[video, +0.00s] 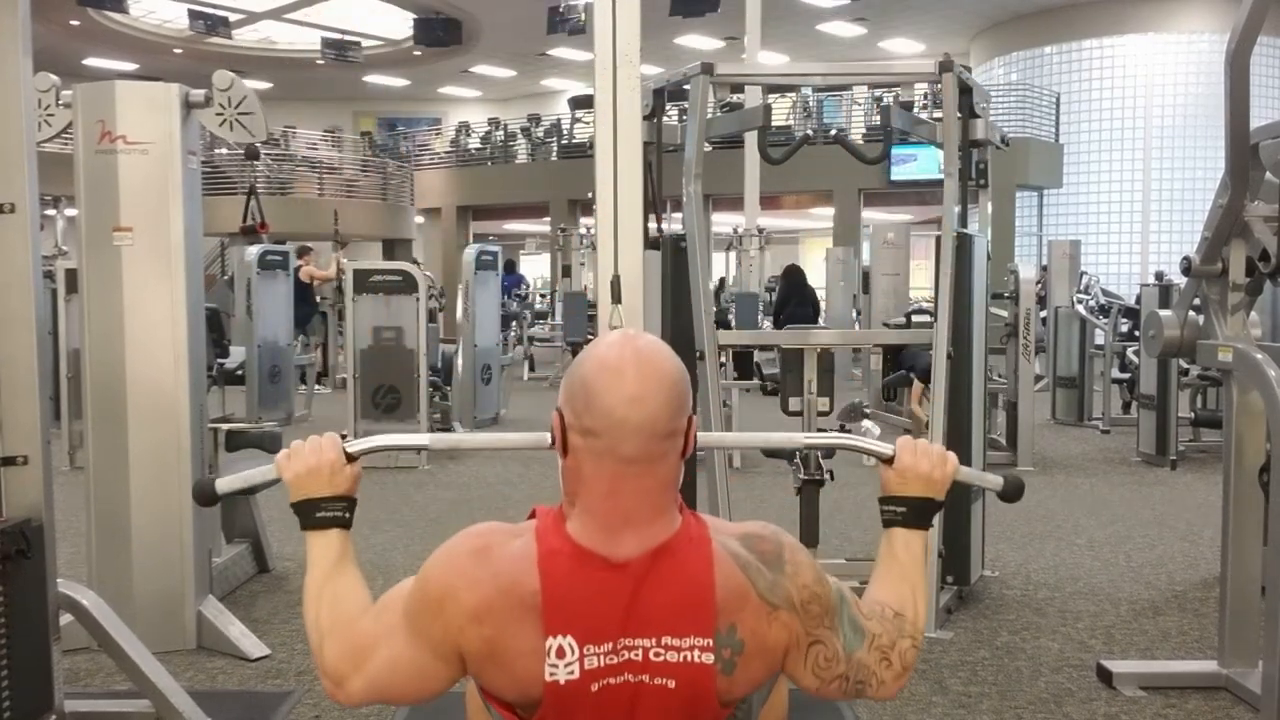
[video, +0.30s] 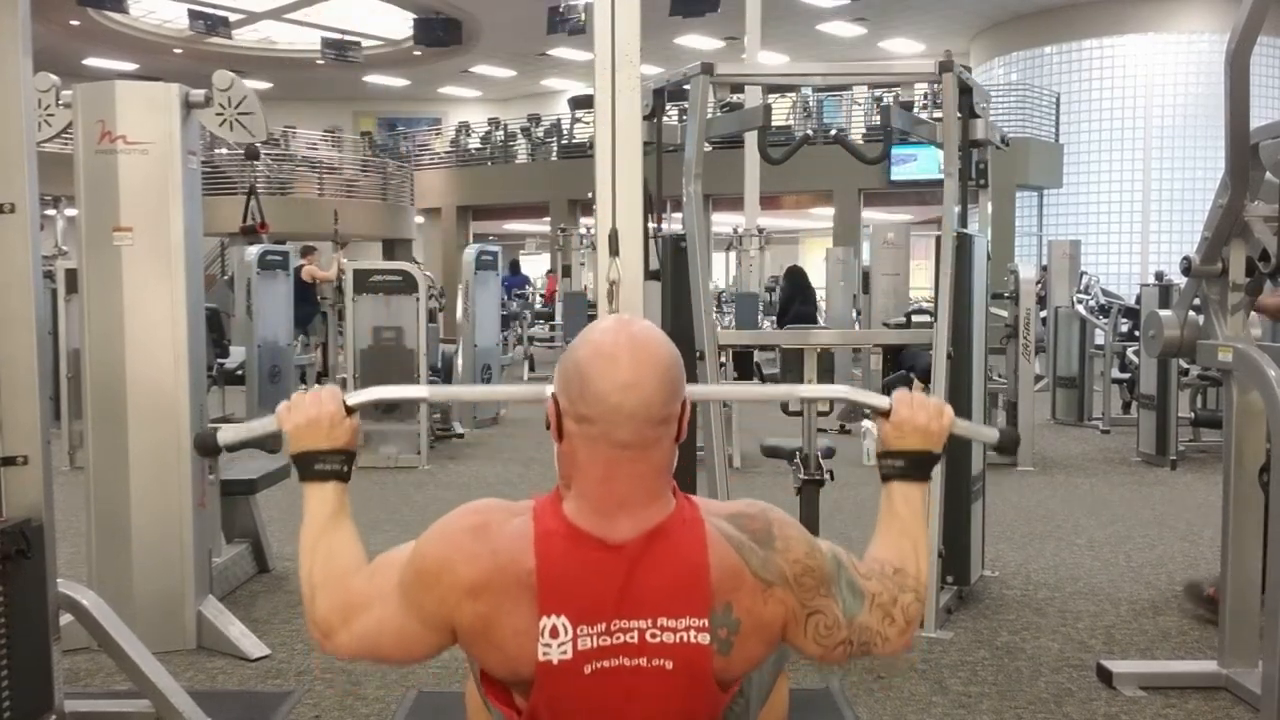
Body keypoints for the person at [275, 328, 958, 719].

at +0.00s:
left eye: (562, 407)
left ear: (561, 435)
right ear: (688, 440)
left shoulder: (480, 574)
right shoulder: (761, 571)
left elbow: (349, 671)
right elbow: (879, 668)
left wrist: (323, 516)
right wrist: (912, 511)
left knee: (484, 665)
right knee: (773, 648)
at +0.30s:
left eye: (556, 392)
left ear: (556, 417)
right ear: (683, 418)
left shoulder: (476, 551)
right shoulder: (758, 553)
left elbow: (340, 623)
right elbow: (887, 623)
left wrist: (321, 467)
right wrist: (909, 467)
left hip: (527, 709)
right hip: (698, 712)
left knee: (479, 678)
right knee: (767, 641)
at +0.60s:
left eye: (559, 362)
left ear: (557, 383)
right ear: (679, 384)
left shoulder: (479, 502)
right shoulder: (754, 501)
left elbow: (333, 532)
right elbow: (897, 527)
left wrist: (323, 378)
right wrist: (909, 375)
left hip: (534, 707)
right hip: (707, 706)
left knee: (484, 628)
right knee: (772, 638)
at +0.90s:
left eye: (560, 320)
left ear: (559, 342)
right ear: (675, 340)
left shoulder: (488, 437)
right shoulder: (746, 436)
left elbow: (336, 411)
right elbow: (893, 403)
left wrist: (328, 261)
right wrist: (904, 257)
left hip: (551, 696)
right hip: (701, 693)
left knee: (491, 630)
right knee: (767, 644)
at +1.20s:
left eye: (564, 286)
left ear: (564, 308)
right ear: (672, 306)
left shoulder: (500, 383)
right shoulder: (741, 385)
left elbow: (358, 309)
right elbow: (868, 304)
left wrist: (337, 160)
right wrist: (894, 157)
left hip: (549, 695)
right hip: (702, 693)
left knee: (488, 659)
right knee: (767, 655)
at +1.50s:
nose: (566, 279)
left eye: (568, 268)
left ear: (571, 285)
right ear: (675, 285)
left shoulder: (513, 349)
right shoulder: (735, 352)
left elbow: (395, 246)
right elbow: (843, 230)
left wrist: (348, 90)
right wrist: (892, 81)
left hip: (555, 683)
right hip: (700, 683)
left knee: (488, 668)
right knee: (771, 649)